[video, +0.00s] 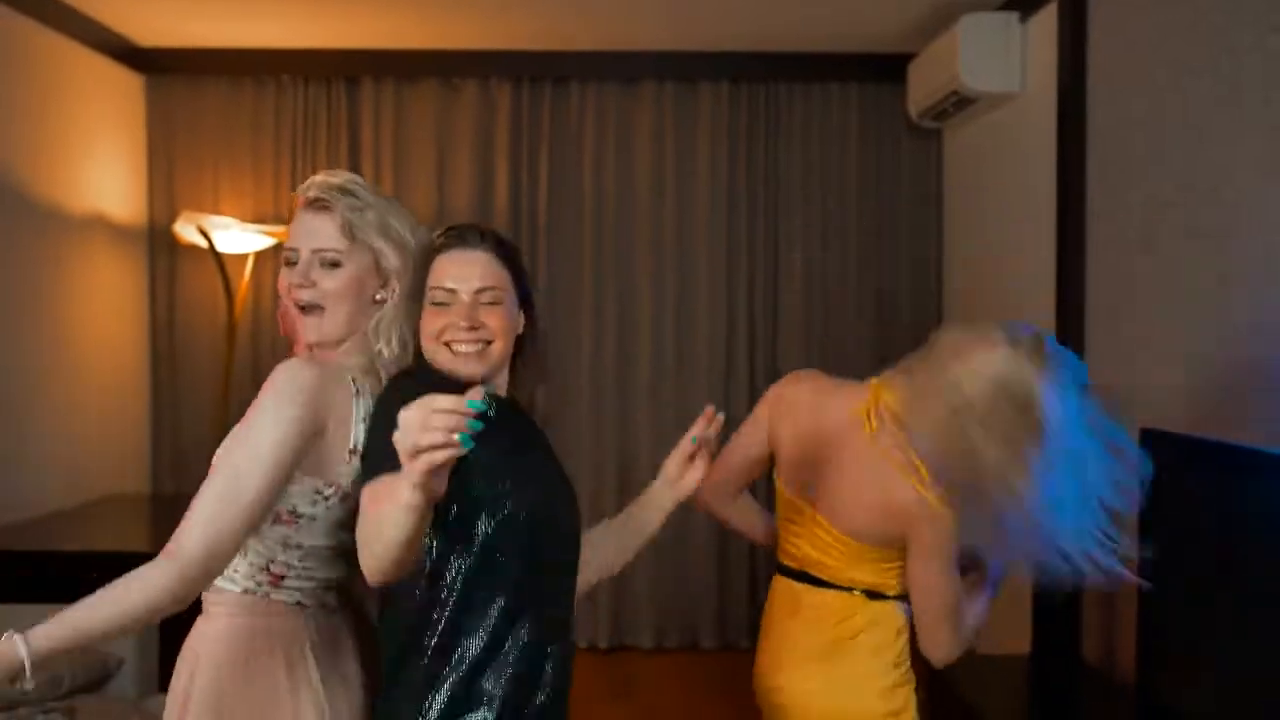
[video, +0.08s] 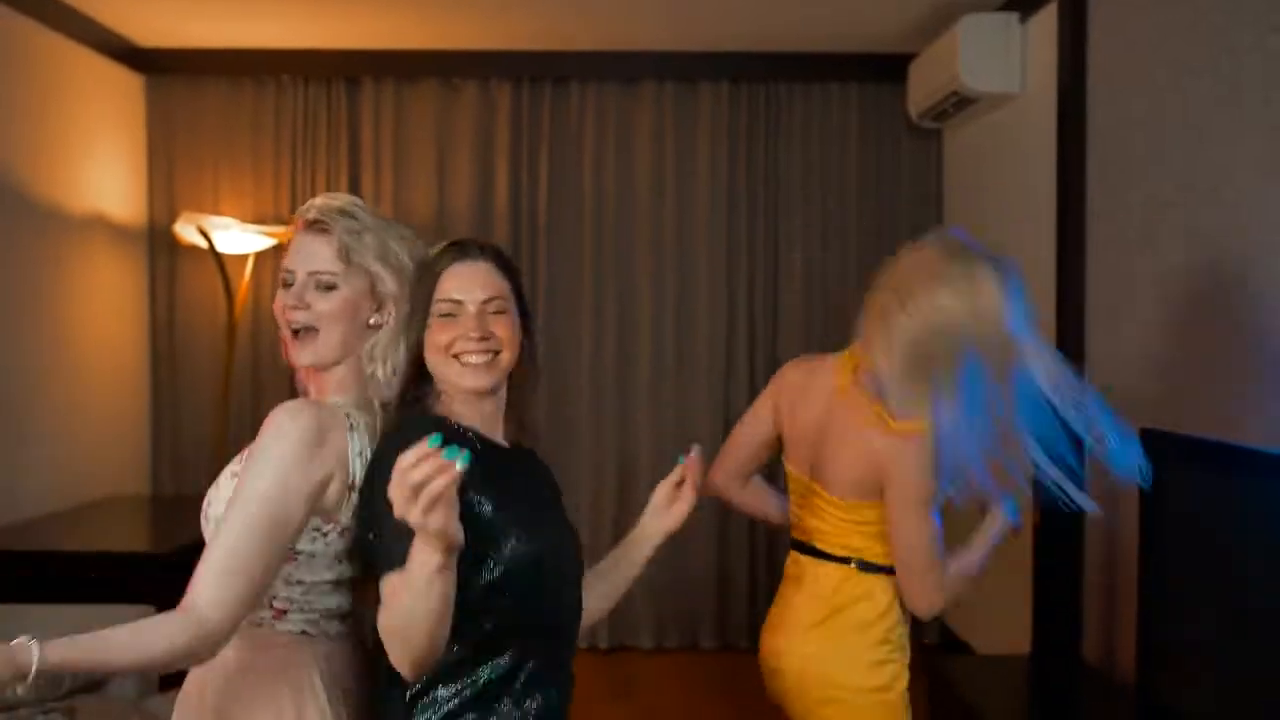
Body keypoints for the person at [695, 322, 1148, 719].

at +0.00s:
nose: (998, 465)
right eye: (1003, 451)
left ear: (941, 362)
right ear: (981, 437)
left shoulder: (797, 396)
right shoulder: (924, 499)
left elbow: (716, 489)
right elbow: (941, 646)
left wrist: (790, 543)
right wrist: (983, 587)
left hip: (780, 660)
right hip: (861, 684)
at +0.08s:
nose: (976, 369)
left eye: (982, 354)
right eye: (976, 353)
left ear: (887, 302)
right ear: (947, 349)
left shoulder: (799, 378)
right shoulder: (903, 434)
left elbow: (727, 479)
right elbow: (926, 597)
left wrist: (805, 520)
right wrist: (997, 520)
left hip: (788, 630)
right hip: (855, 657)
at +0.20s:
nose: (919, 285)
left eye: (927, 272)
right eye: (898, 269)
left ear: (940, 285)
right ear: (851, 285)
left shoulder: (817, 372)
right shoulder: (878, 389)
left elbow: (754, 488)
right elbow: (917, 548)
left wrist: (842, 515)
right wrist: (987, 452)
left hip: (793, 620)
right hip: (838, 642)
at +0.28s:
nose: (897, 309)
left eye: (909, 297)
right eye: (877, 291)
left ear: (919, 315)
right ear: (836, 310)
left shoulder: (818, 392)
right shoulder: (853, 395)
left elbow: (761, 530)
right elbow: (911, 542)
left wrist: (862, 528)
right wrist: (978, 433)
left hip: (802, 647)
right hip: (828, 663)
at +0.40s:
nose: (876, 322)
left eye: (889, 312)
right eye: (858, 306)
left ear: (900, 328)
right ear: (821, 320)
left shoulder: (807, 393)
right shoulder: (834, 393)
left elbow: (785, 544)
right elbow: (860, 521)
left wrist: (886, 509)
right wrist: (950, 422)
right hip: (823, 659)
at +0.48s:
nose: (867, 304)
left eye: (882, 292)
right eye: (850, 286)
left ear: (896, 309)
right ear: (815, 297)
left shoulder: (848, 378)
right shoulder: (819, 363)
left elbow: (831, 487)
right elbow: (816, 474)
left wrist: (888, 487)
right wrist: (926, 411)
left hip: (846, 621)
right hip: (814, 622)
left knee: (885, 708)